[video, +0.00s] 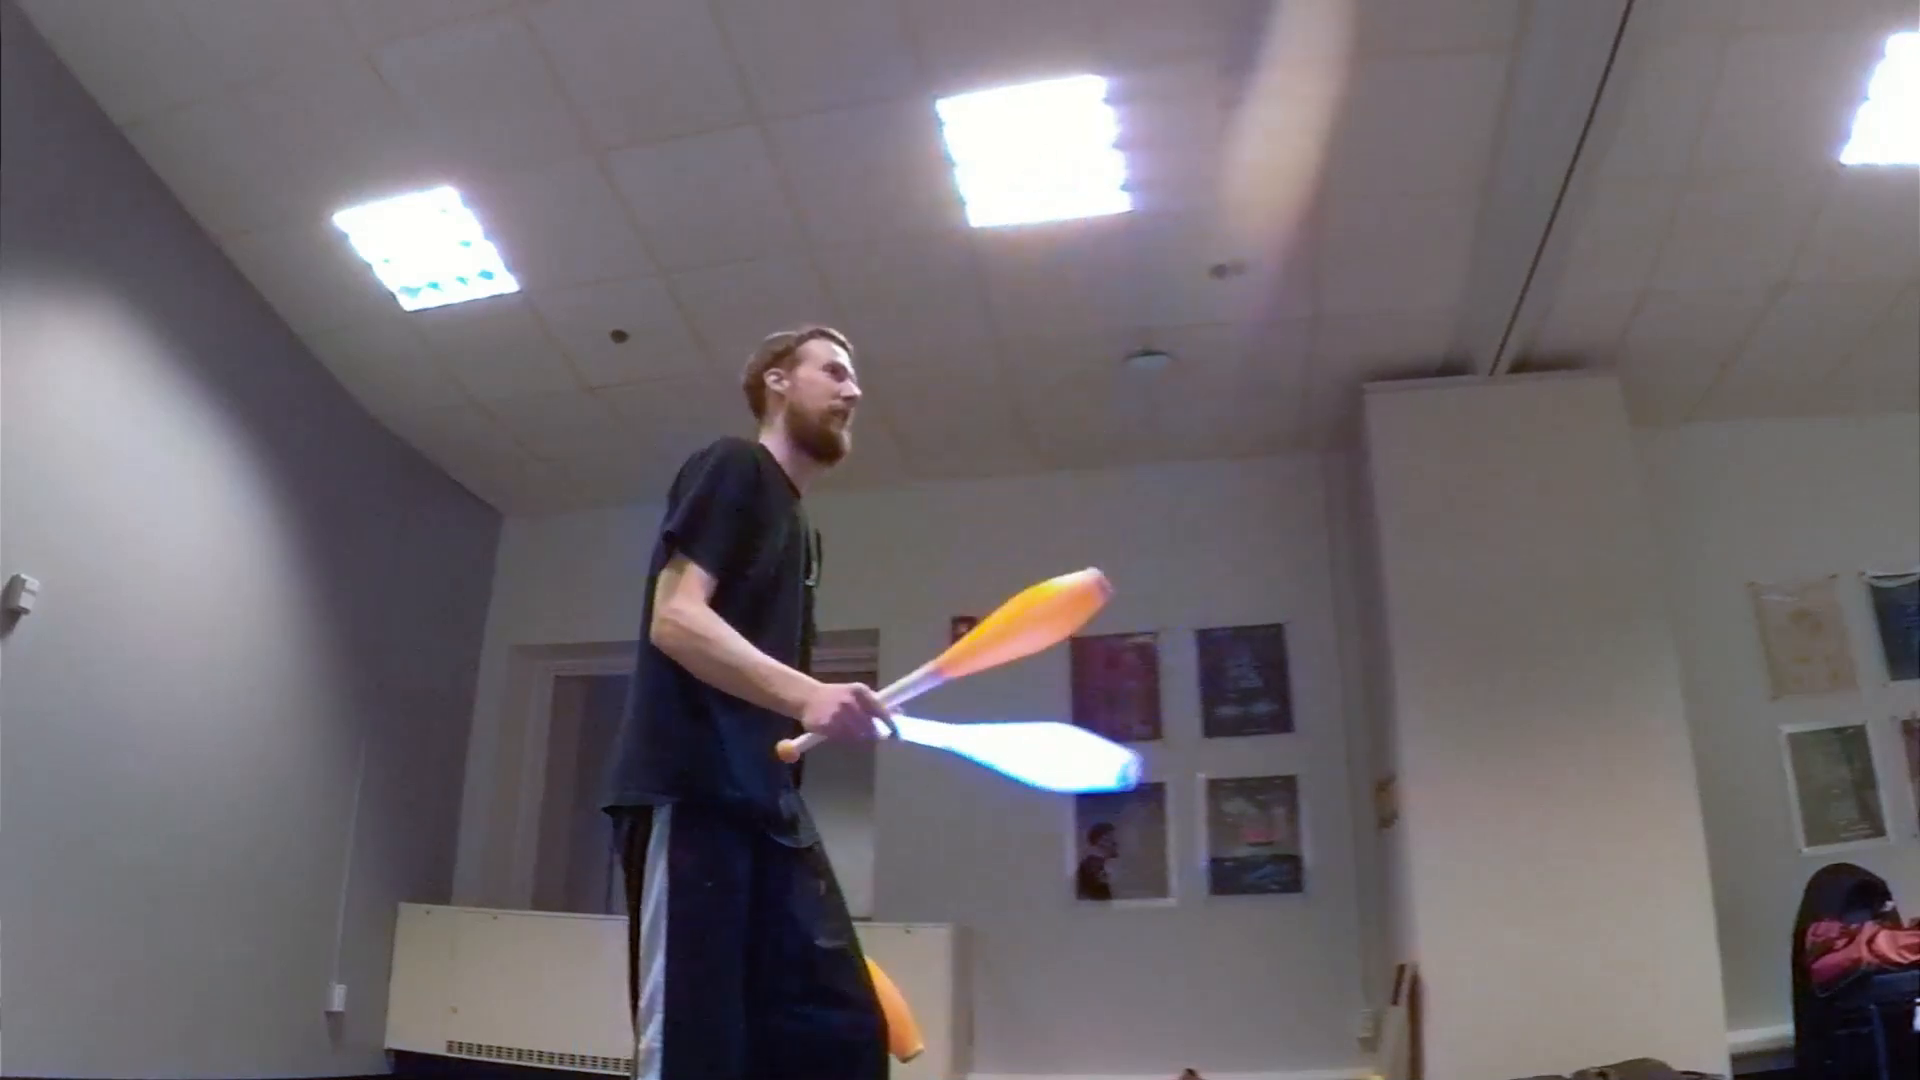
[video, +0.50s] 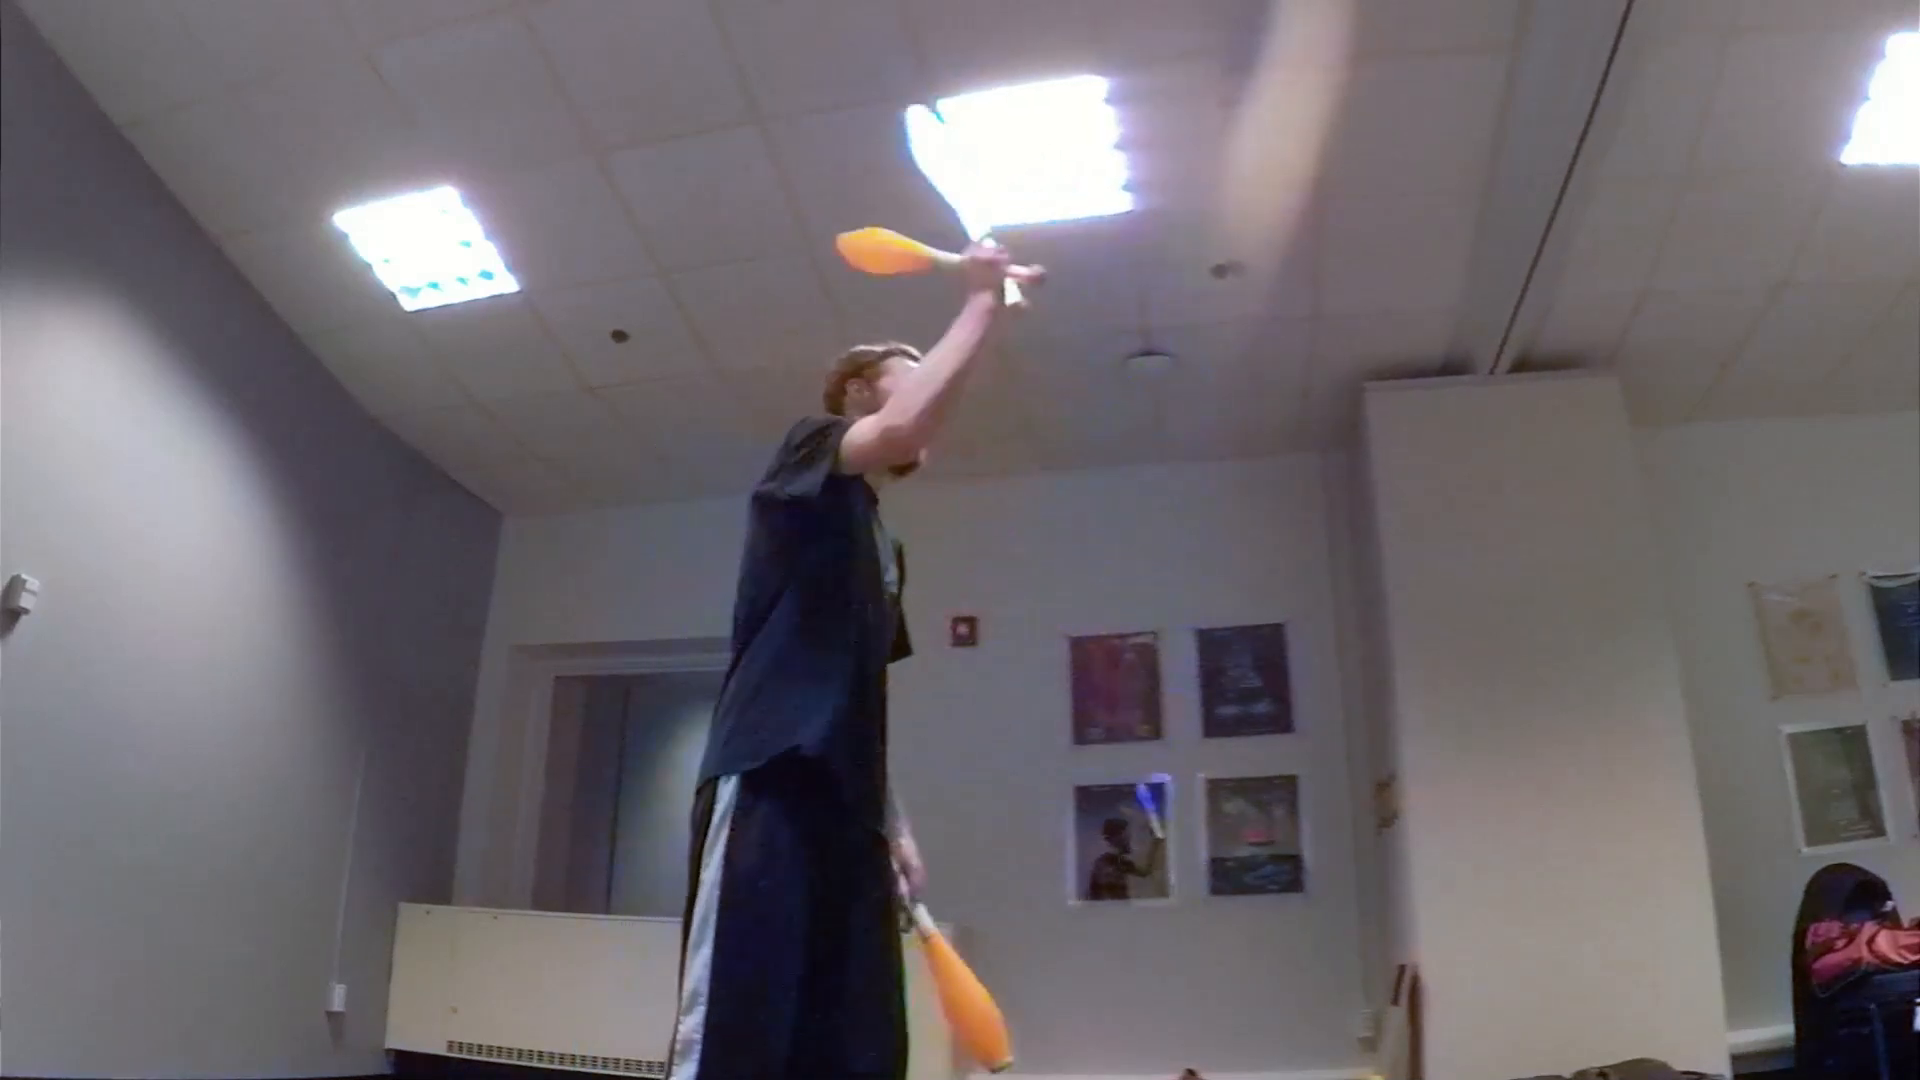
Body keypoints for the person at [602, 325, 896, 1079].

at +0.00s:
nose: (852, 390)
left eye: (854, 380)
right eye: (834, 370)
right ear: (775, 381)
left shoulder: (799, 527)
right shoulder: (735, 465)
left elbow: (766, 676)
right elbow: (675, 617)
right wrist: (805, 695)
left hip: (769, 803)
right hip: (692, 798)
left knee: (839, 1025)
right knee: (691, 1037)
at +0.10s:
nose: (873, 393)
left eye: (874, 382)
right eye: (854, 373)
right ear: (797, 383)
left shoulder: (821, 532)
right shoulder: (750, 465)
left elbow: (776, 660)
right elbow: (701, 612)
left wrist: (842, 678)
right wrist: (852, 649)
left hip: (778, 804)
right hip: (699, 798)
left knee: (841, 1031)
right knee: (694, 1036)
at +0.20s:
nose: (893, 397)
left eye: (894, 387)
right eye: (874, 378)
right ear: (816, 390)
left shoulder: (838, 538)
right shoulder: (772, 466)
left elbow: (803, 701)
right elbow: (745, 597)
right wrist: (911, 576)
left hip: (798, 818)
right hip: (722, 809)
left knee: (839, 1040)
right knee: (703, 1043)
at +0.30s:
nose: (913, 403)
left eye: (914, 393)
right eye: (895, 384)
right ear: (838, 395)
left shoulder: (854, 530)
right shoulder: (791, 460)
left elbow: (845, 697)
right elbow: (803, 561)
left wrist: (847, 838)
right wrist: (958, 480)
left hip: (817, 810)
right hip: (740, 800)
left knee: (847, 1042)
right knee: (721, 1037)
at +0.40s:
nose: (923, 401)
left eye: (925, 392)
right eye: (906, 384)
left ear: (913, 414)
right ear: (851, 393)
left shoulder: (869, 547)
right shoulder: (798, 458)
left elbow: (853, 700)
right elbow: (862, 495)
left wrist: (868, 836)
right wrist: (984, 383)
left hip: (834, 803)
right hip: (758, 792)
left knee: (854, 1033)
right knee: (735, 1023)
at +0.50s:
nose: (922, 414)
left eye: (926, 397)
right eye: (911, 394)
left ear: (903, 408)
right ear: (855, 391)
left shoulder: (879, 536)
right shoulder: (805, 454)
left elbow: (862, 704)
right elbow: (899, 431)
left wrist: (890, 826)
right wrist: (982, 304)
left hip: (845, 794)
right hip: (767, 782)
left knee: (856, 1027)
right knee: (735, 1018)